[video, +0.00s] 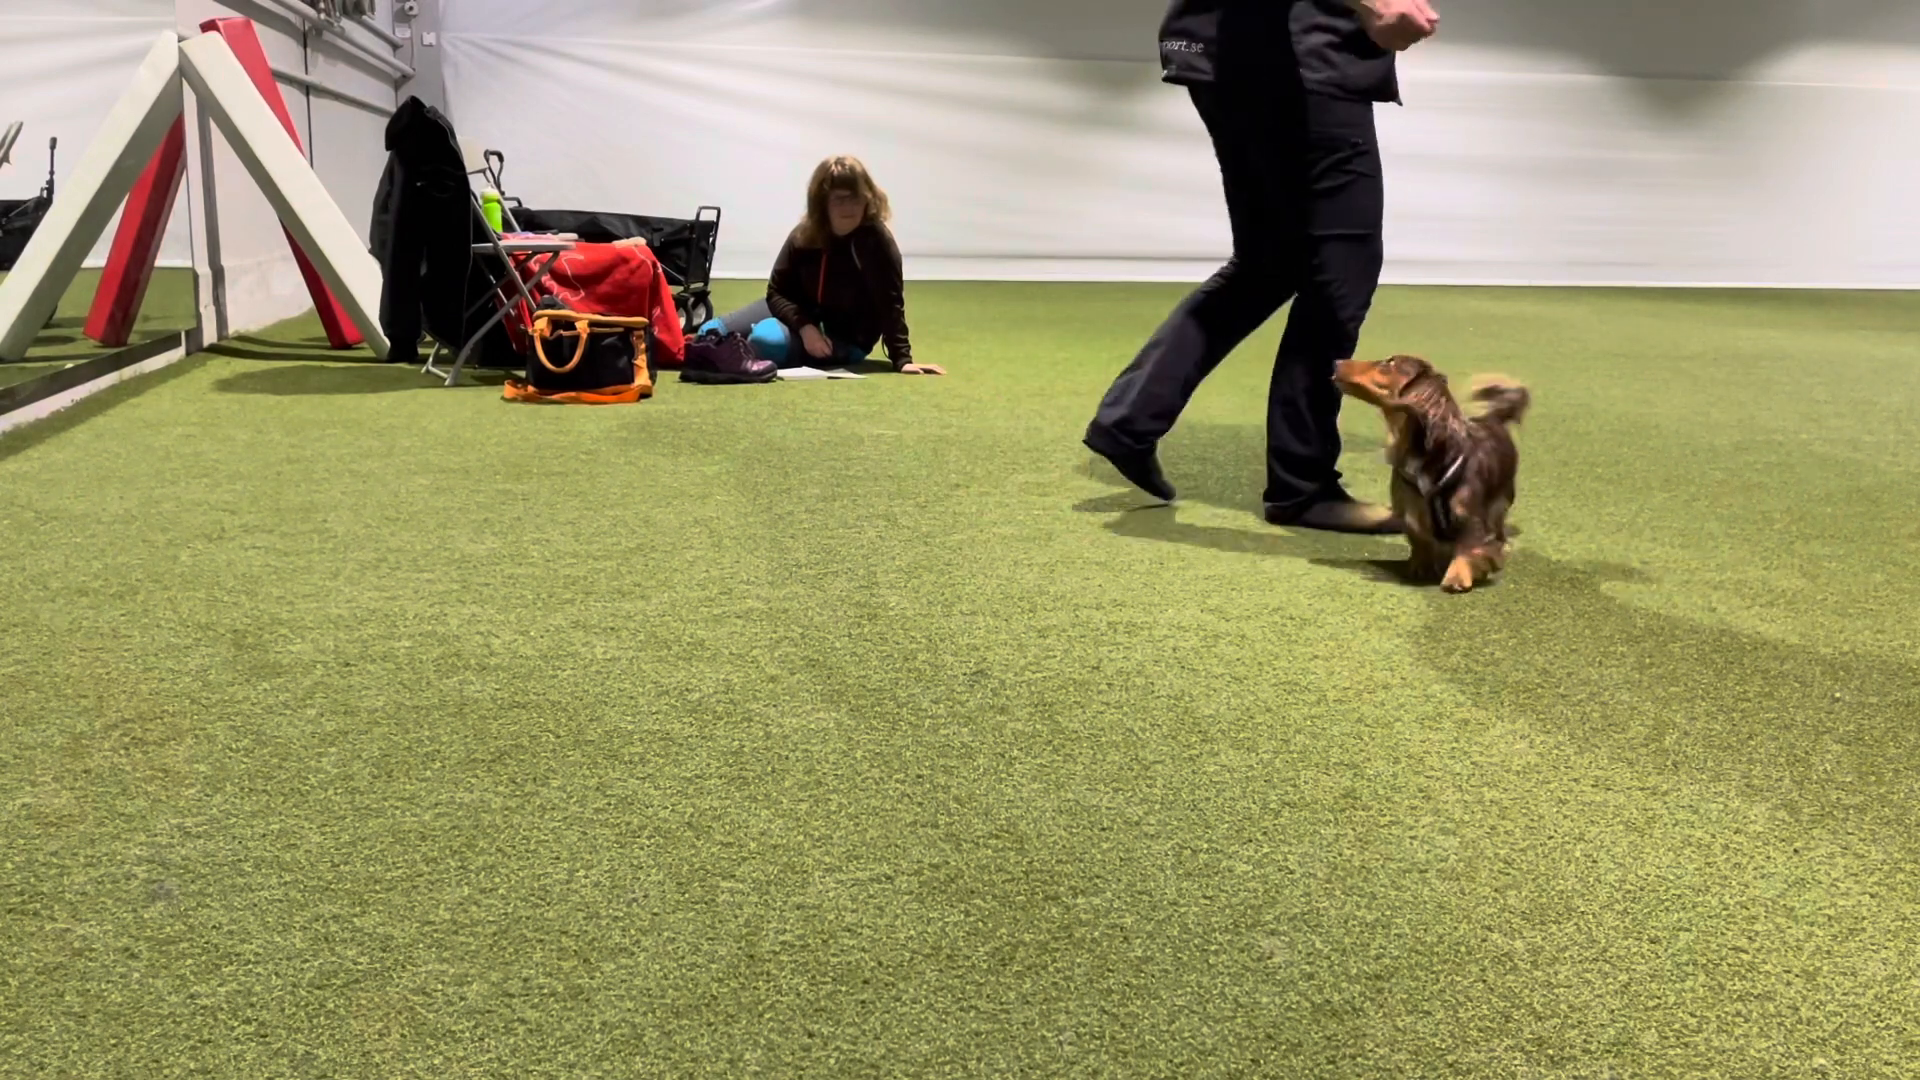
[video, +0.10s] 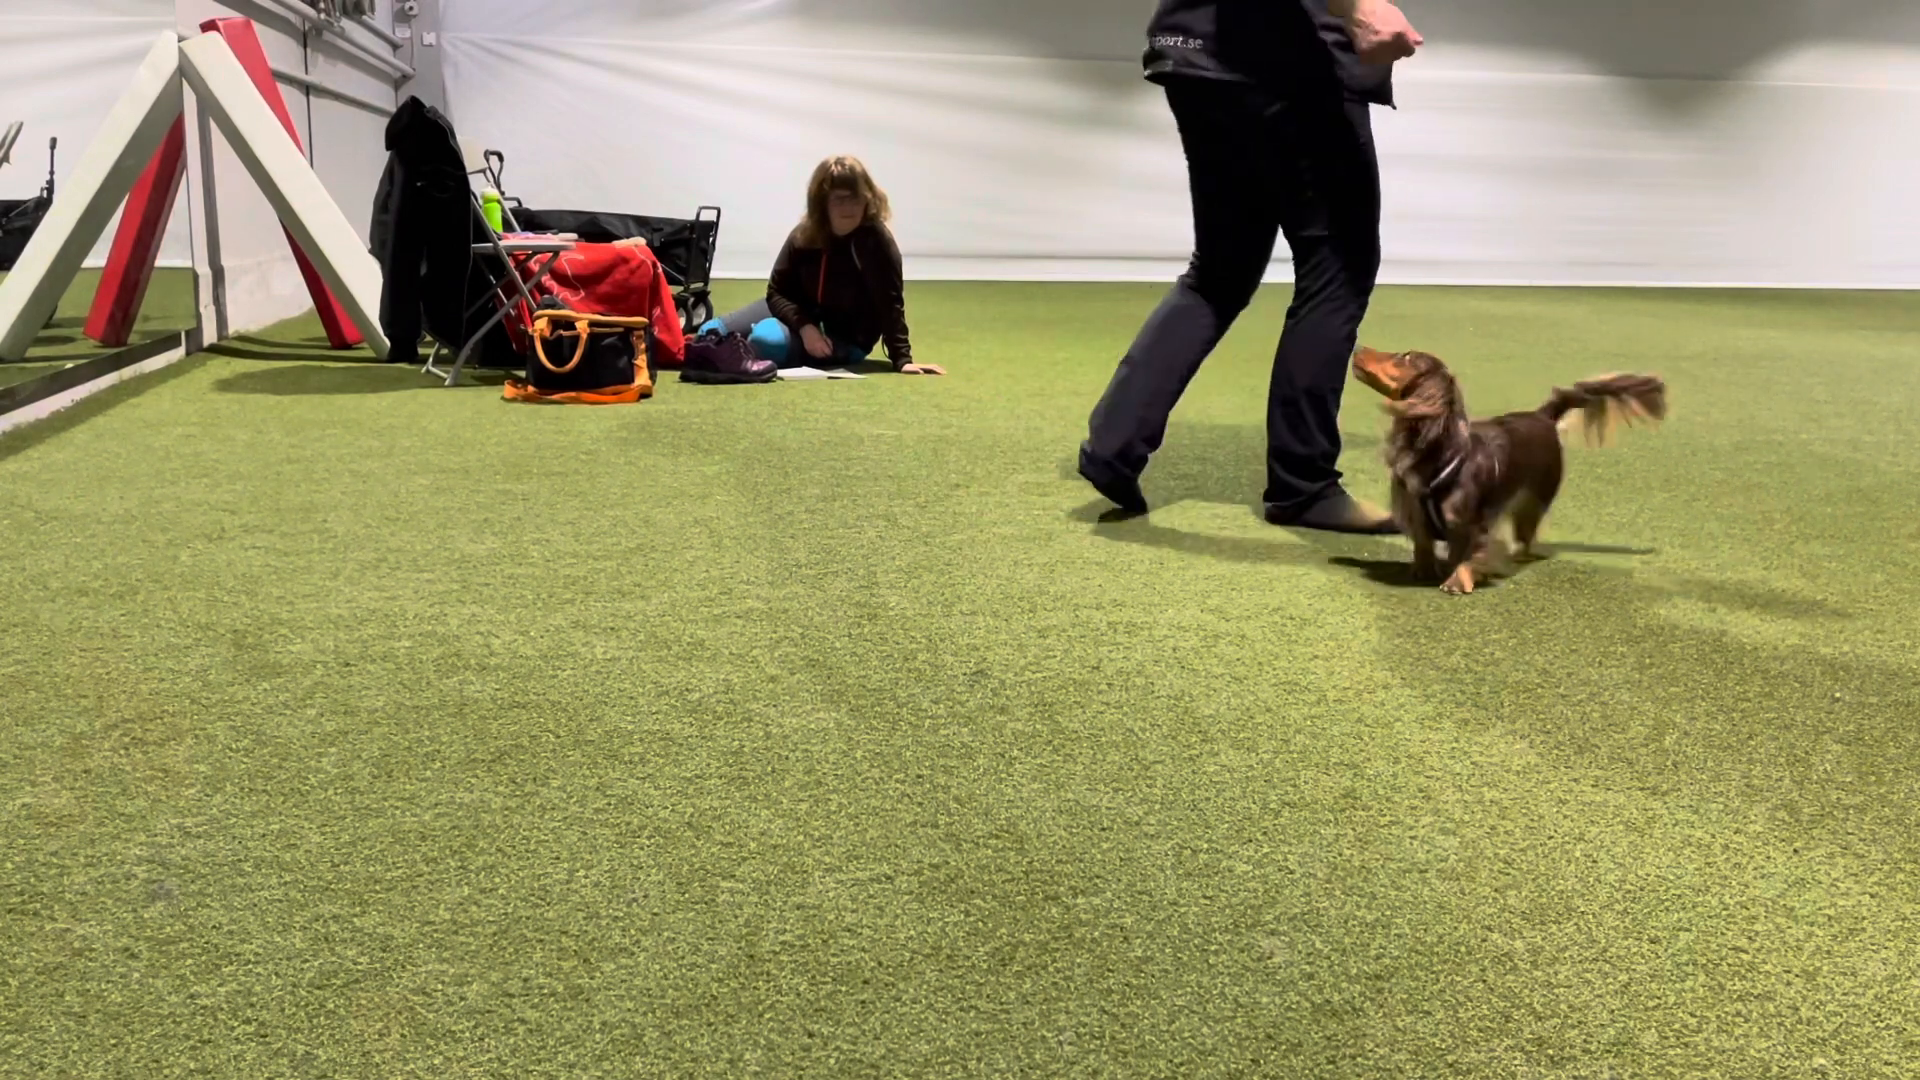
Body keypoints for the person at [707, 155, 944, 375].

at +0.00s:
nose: (848, 205)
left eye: (855, 196)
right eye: (839, 198)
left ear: (867, 200)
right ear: (823, 202)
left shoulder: (877, 242)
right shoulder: (804, 237)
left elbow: (892, 302)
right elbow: (777, 292)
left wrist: (902, 360)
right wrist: (804, 328)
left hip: (842, 337)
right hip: (796, 313)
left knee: (765, 337)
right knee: (711, 332)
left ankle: (732, 345)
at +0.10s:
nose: (848, 205)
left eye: (855, 197)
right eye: (839, 198)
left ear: (867, 200)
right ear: (822, 202)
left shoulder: (878, 242)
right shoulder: (804, 237)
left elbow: (891, 302)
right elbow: (777, 292)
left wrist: (902, 360)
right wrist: (804, 327)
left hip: (841, 337)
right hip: (795, 313)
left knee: (765, 336)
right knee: (712, 331)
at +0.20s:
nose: (848, 205)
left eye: (855, 196)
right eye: (839, 198)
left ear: (867, 200)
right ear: (822, 202)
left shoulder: (878, 242)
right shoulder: (804, 237)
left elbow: (891, 302)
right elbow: (777, 292)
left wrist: (902, 360)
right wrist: (804, 327)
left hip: (841, 337)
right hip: (795, 313)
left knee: (764, 337)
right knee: (712, 331)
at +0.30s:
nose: (848, 205)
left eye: (855, 196)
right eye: (839, 198)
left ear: (867, 200)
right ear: (822, 202)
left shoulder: (877, 242)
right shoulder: (804, 237)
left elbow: (891, 302)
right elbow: (777, 292)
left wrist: (902, 360)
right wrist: (804, 327)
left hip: (842, 338)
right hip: (796, 313)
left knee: (765, 337)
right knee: (712, 331)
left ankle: (733, 345)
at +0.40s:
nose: (847, 206)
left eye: (855, 197)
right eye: (838, 198)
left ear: (866, 200)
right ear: (822, 202)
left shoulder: (877, 242)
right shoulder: (804, 237)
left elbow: (891, 302)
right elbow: (777, 292)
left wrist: (902, 360)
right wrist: (804, 327)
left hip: (842, 338)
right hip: (796, 313)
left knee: (765, 337)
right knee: (712, 331)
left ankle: (732, 346)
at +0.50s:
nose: (847, 205)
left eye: (855, 196)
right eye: (838, 198)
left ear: (866, 200)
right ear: (822, 201)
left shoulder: (877, 242)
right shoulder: (804, 237)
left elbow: (891, 302)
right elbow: (777, 292)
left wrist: (902, 360)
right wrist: (804, 327)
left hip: (842, 338)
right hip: (796, 313)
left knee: (765, 337)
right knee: (712, 331)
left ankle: (732, 346)